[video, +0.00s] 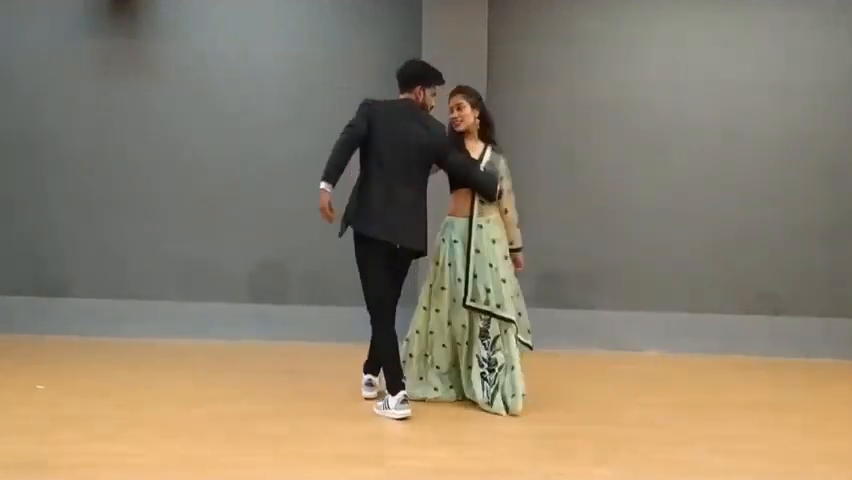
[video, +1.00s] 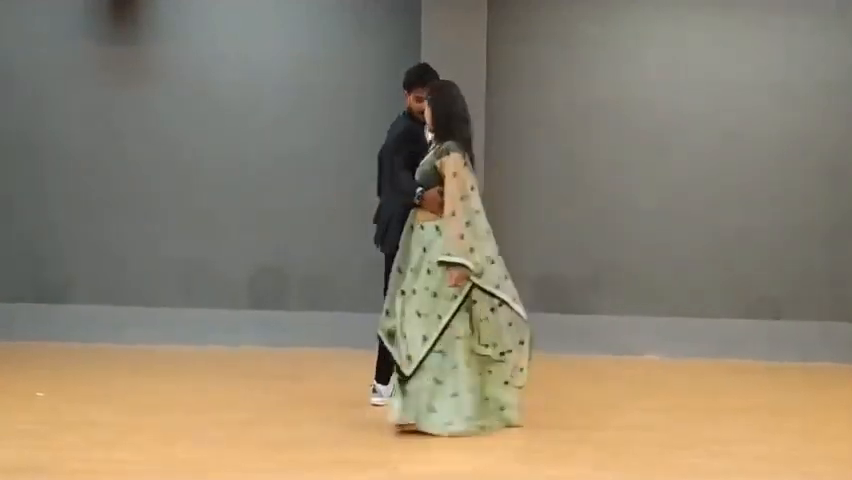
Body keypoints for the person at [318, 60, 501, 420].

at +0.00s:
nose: (435, 100)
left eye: (435, 93)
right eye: (433, 93)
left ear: (402, 90)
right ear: (421, 91)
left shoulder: (371, 110)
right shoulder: (432, 129)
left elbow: (347, 141)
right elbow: (462, 168)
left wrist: (326, 185)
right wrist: (493, 188)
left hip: (369, 224)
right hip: (408, 231)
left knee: (382, 310)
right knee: (384, 308)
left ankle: (397, 394)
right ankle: (370, 374)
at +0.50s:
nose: (438, 101)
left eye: (439, 94)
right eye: (434, 94)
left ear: (411, 93)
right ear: (414, 91)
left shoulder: (375, 114)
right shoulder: (424, 129)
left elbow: (344, 146)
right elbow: (438, 171)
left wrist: (333, 186)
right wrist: (478, 192)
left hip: (364, 223)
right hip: (400, 230)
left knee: (364, 300)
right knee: (392, 307)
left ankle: (354, 362)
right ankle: (384, 378)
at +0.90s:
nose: (428, 104)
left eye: (432, 96)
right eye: (421, 97)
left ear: (437, 93)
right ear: (407, 95)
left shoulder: (396, 121)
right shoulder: (411, 129)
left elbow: (374, 153)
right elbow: (408, 172)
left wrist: (373, 193)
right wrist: (434, 193)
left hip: (389, 226)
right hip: (401, 231)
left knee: (406, 301)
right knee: (396, 305)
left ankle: (405, 370)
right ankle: (382, 381)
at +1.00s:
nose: (423, 105)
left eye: (428, 97)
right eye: (417, 98)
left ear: (435, 96)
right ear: (406, 97)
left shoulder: (434, 129)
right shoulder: (402, 130)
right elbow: (393, 174)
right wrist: (421, 194)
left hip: (423, 229)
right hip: (400, 230)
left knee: (421, 307)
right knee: (397, 305)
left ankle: (415, 383)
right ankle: (383, 381)